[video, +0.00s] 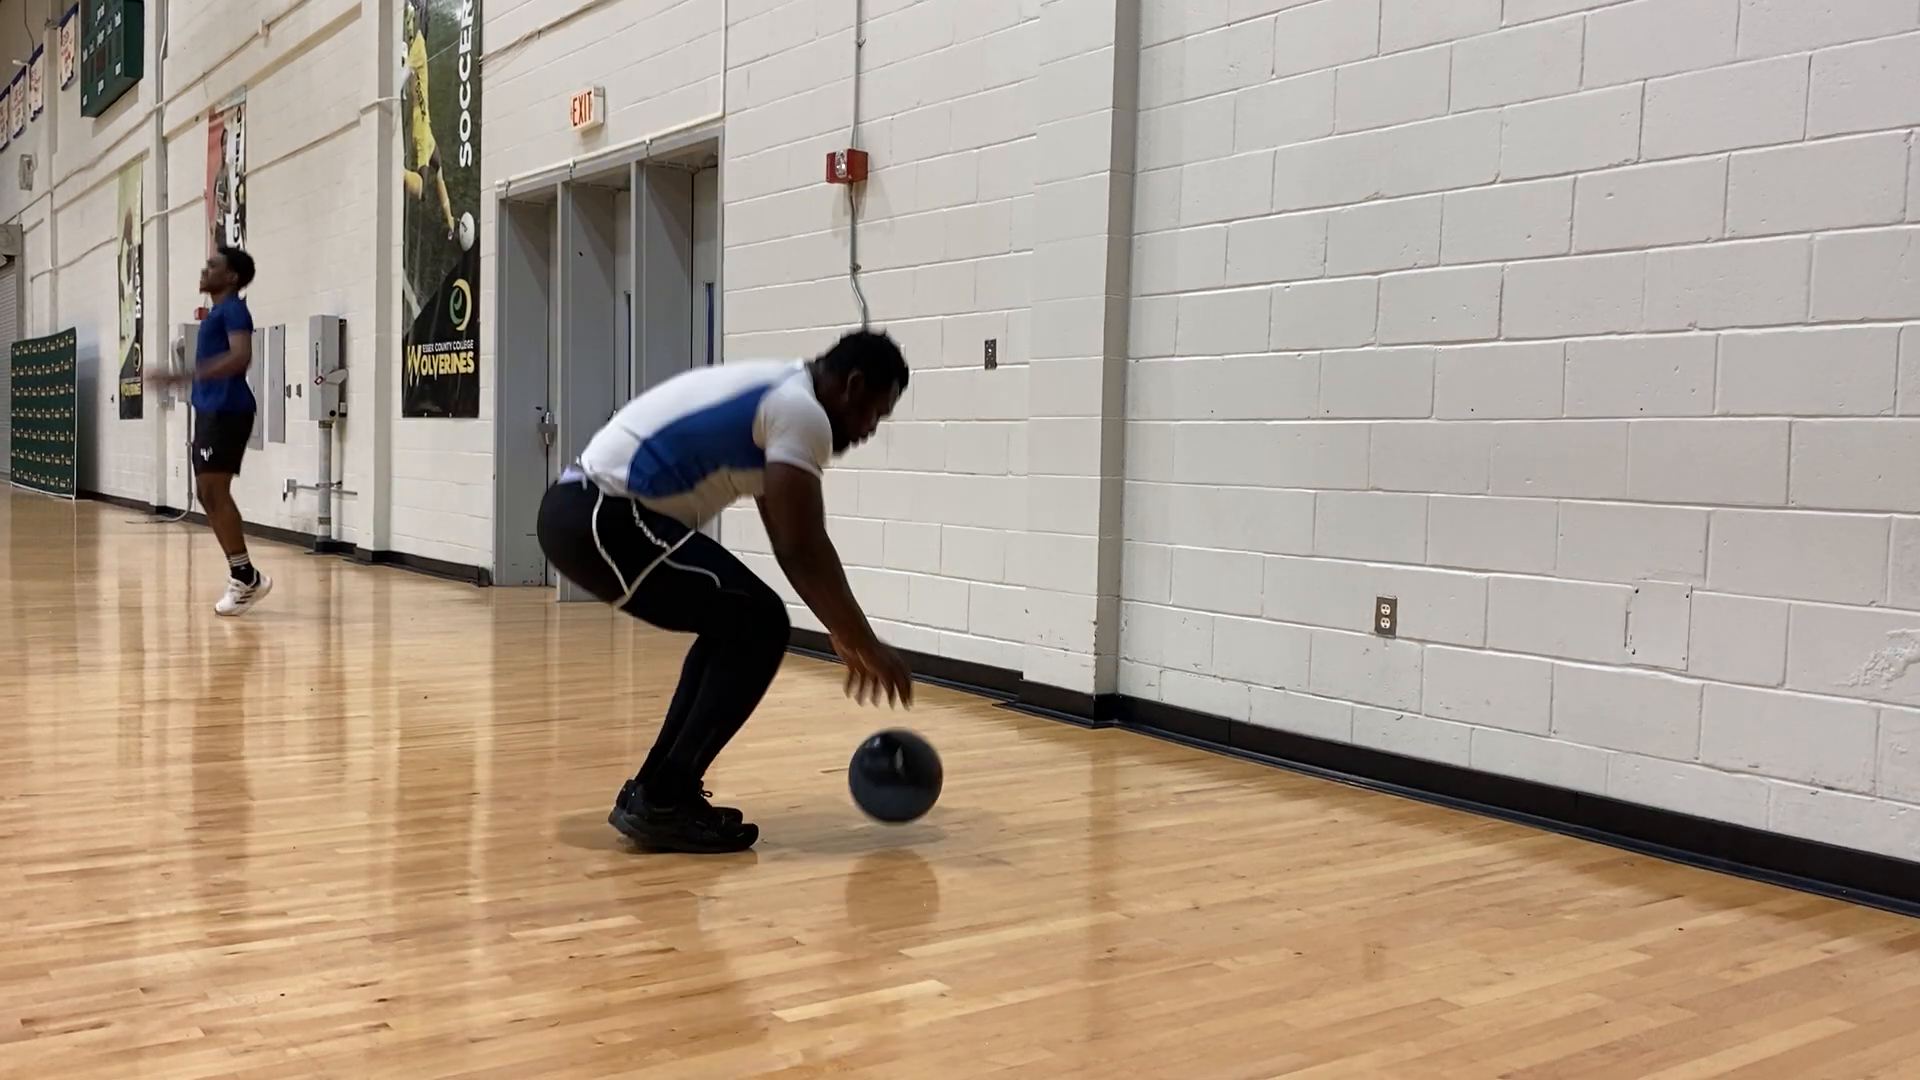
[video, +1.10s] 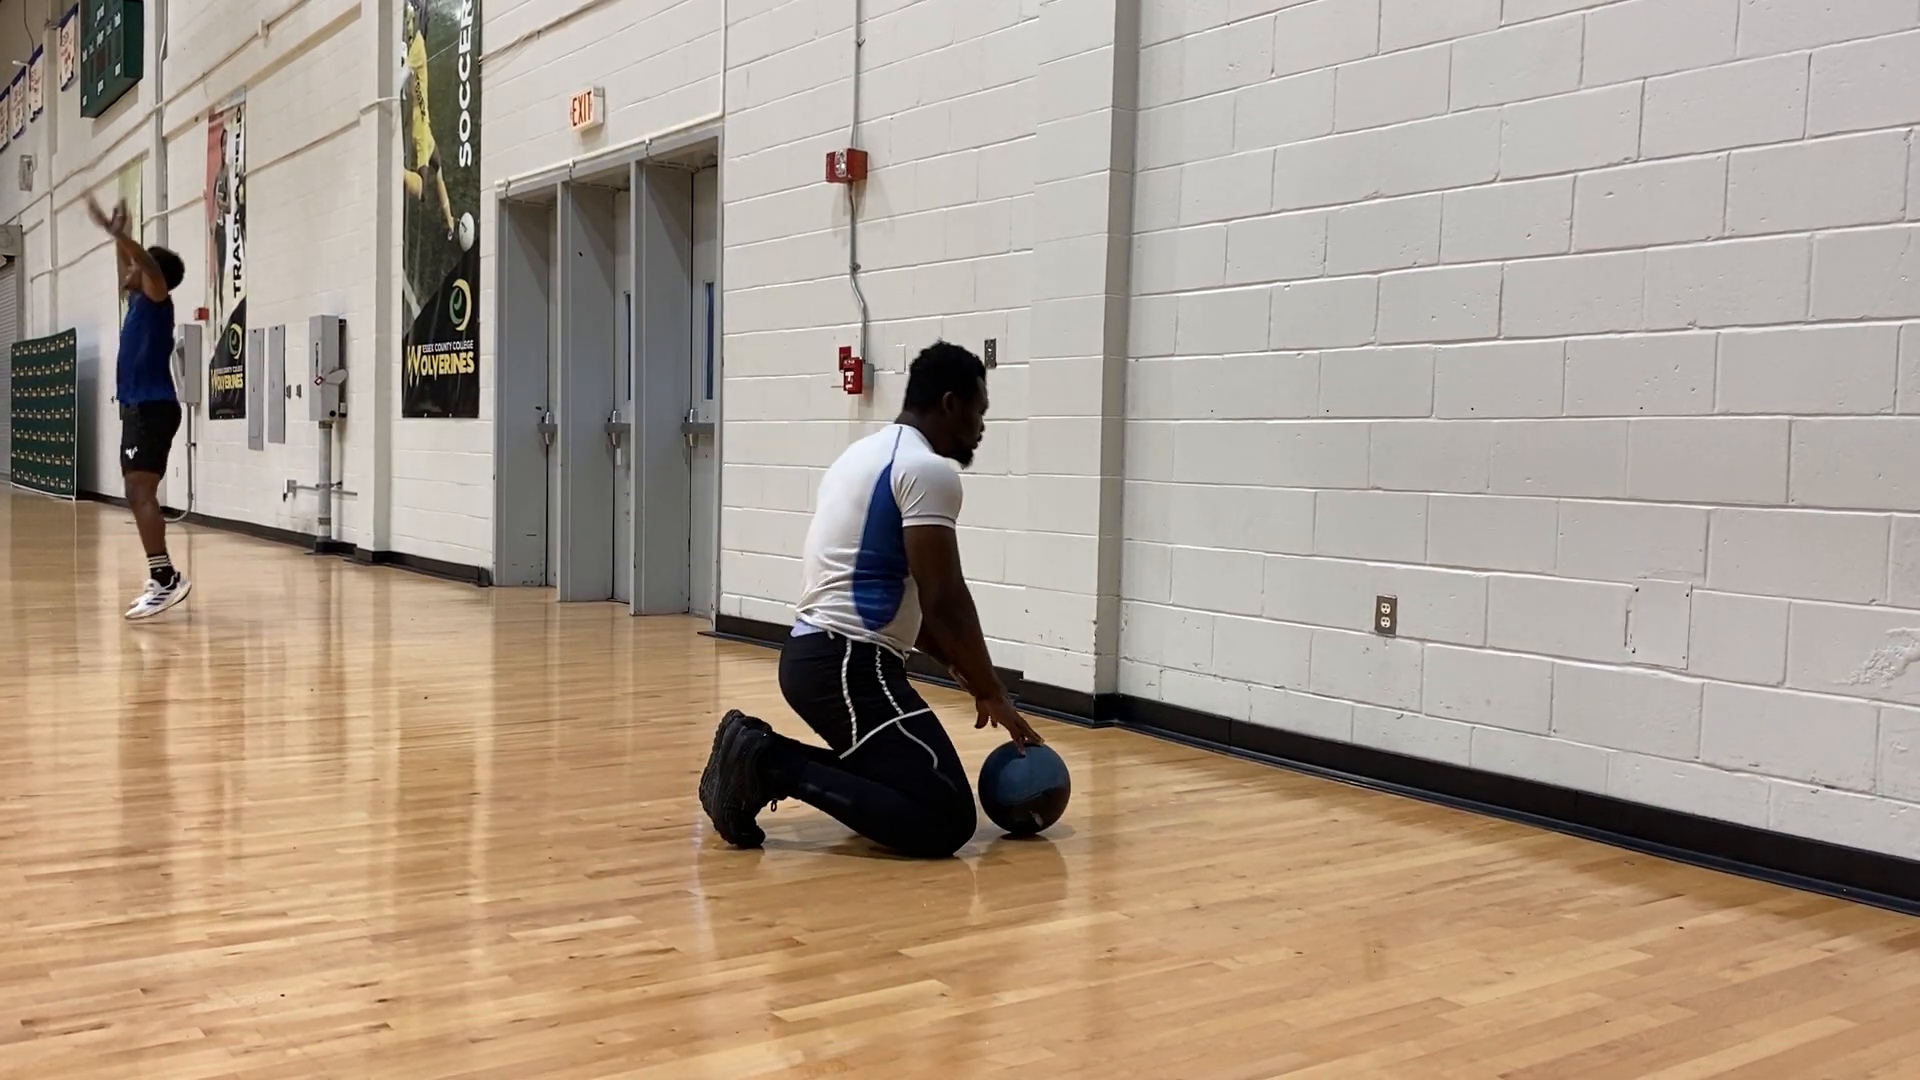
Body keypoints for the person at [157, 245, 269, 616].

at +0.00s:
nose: (205, 268)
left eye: (213, 265)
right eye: (208, 263)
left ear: (231, 277)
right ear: (222, 275)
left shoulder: (233, 309)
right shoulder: (216, 312)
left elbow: (240, 356)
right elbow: (213, 365)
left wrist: (191, 375)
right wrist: (173, 379)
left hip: (227, 410)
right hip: (211, 410)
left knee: (214, 491)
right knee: (205, 492)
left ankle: (244, 579)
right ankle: (244, 576)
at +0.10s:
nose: (201, 261)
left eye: (209, 258)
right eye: (204, 256)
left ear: (227, 269)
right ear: (220, 268)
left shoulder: (229, 295)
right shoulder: (210, 303)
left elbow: (231, 313)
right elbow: (191, 328)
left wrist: (182, 294)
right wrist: (156, 298)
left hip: (220, 402)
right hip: (202, 401)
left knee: (213, 484)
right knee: (200, 486)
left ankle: (241, 572)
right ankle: (228, 569)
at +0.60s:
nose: (165, 260)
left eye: (172, 256)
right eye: (169, 254)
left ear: (186, 268)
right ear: (184, 268)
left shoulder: (191, 297)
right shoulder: (176, 300)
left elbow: (210, 334)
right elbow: (176, 350)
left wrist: (191, 354)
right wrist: (147, 364)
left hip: (187, 402)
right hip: (174, 401)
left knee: (173, 487)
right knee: (173, 487)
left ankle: (199, 573)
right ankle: (199, 572)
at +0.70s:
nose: (153, 278)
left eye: (160, 275)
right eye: (157, 273)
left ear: (174, 287)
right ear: (172, 289)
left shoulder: (181, 322)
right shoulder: (166, 324)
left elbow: (202, 378)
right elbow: (170, 389)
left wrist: (181, 423)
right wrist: (149, 425)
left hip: (186, 421)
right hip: (171, 420)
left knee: (156, 502)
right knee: (156, 503)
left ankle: (194, 585)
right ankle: (194, 583)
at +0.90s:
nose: (147, 267)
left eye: (154, 264)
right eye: (151, 262)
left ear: (169, 275)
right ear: (166, 275)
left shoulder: (174, 308)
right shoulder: (157, 313)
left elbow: (179, 357)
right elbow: (151, 368)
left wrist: (135, 379)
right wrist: (118, 389)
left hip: (163, 413)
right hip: (149, 413)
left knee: (151, 496)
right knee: (148, 497)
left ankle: (185, 582)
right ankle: (186, 579)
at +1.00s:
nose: (142, 257)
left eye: (149, 254)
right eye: (146, 252)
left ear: (164, 264)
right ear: (163, 265)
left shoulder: (168, 292)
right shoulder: (151, 300)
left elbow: (165, 306)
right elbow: (129, 318)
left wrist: (112, 291)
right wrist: (107, 295)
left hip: (155, 399)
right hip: (143, 399)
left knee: (147, 487)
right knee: (146, 487)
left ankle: (176, 573)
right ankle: (177, 570)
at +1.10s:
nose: (130, 268)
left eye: (138, 264)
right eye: (131, 264)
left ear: (157, 275)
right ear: (140, 271)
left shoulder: (156, 303)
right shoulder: (139, 303)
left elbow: (147, 269)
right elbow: (128, 268)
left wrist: (124, 236)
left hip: (153, 408)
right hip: (139, 408)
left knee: (141, 493)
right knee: (136, 492)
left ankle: (164, 580)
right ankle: (164, 576)